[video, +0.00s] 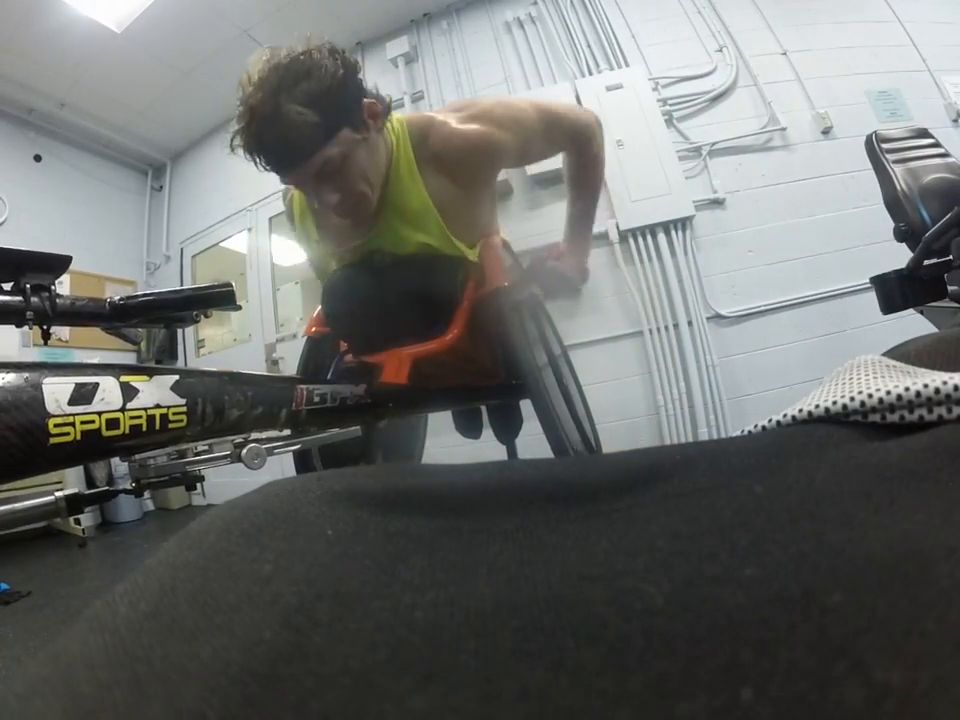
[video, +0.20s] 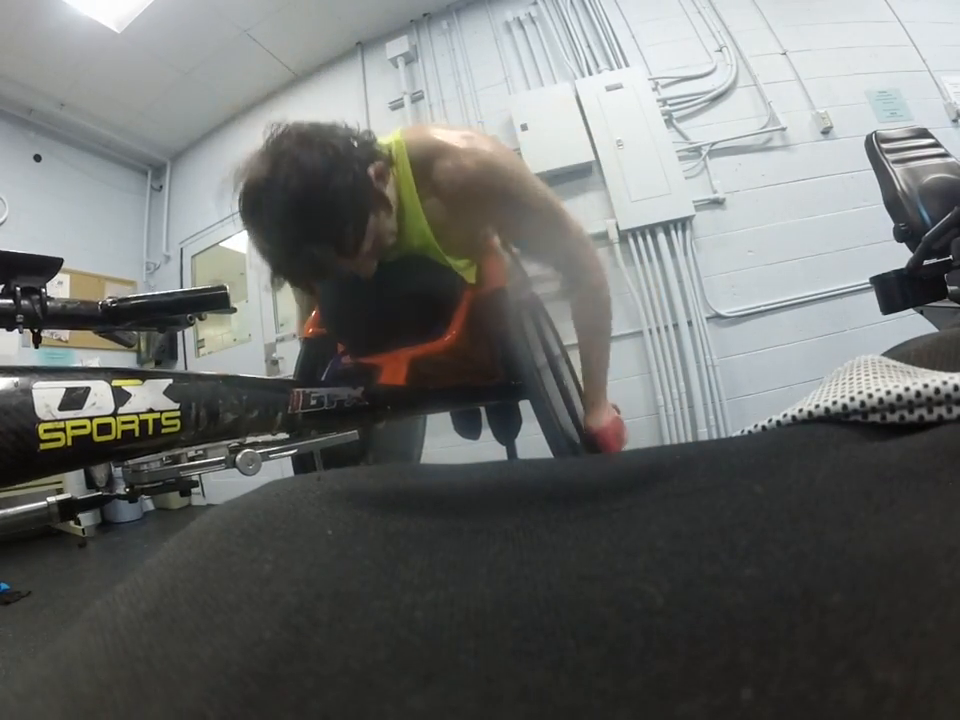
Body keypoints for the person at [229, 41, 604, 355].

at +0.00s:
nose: (326, 201)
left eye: (331, 169)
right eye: (301, 187)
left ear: (372, 120)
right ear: (285, 179)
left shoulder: (458, 143)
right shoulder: (298, 203)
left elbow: (582, 129)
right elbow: (341, 284)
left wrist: (575, 253)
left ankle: (494, 392)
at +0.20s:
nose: (363, 271)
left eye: (364, 245)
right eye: (340, 268)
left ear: (378, 180)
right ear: (304, 255)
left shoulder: (464, 171)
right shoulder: (307, 238)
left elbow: (586, 270)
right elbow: (316, 327)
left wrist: (597, 402)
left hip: (483, 300)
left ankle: (493, 383)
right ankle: (461, 383)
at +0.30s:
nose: (371, 283)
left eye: (371, 259)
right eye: (349, 282)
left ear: (383, 194)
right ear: (307, 277)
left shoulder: (463, 180)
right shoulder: (310, 250)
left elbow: (575, 284)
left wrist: (605, 385)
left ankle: (496, 388)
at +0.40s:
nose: (350, 255)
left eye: (356, 225)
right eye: (323, 244)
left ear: (375, 160)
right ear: (295, 237)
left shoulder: (461, 182)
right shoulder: (302, 236)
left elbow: (577, 252)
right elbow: (328, 320)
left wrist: (608, 341)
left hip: (491, 296)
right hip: (399, 321)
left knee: (400, 290)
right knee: (351, 303)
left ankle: (497, 385)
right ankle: (467, 391)